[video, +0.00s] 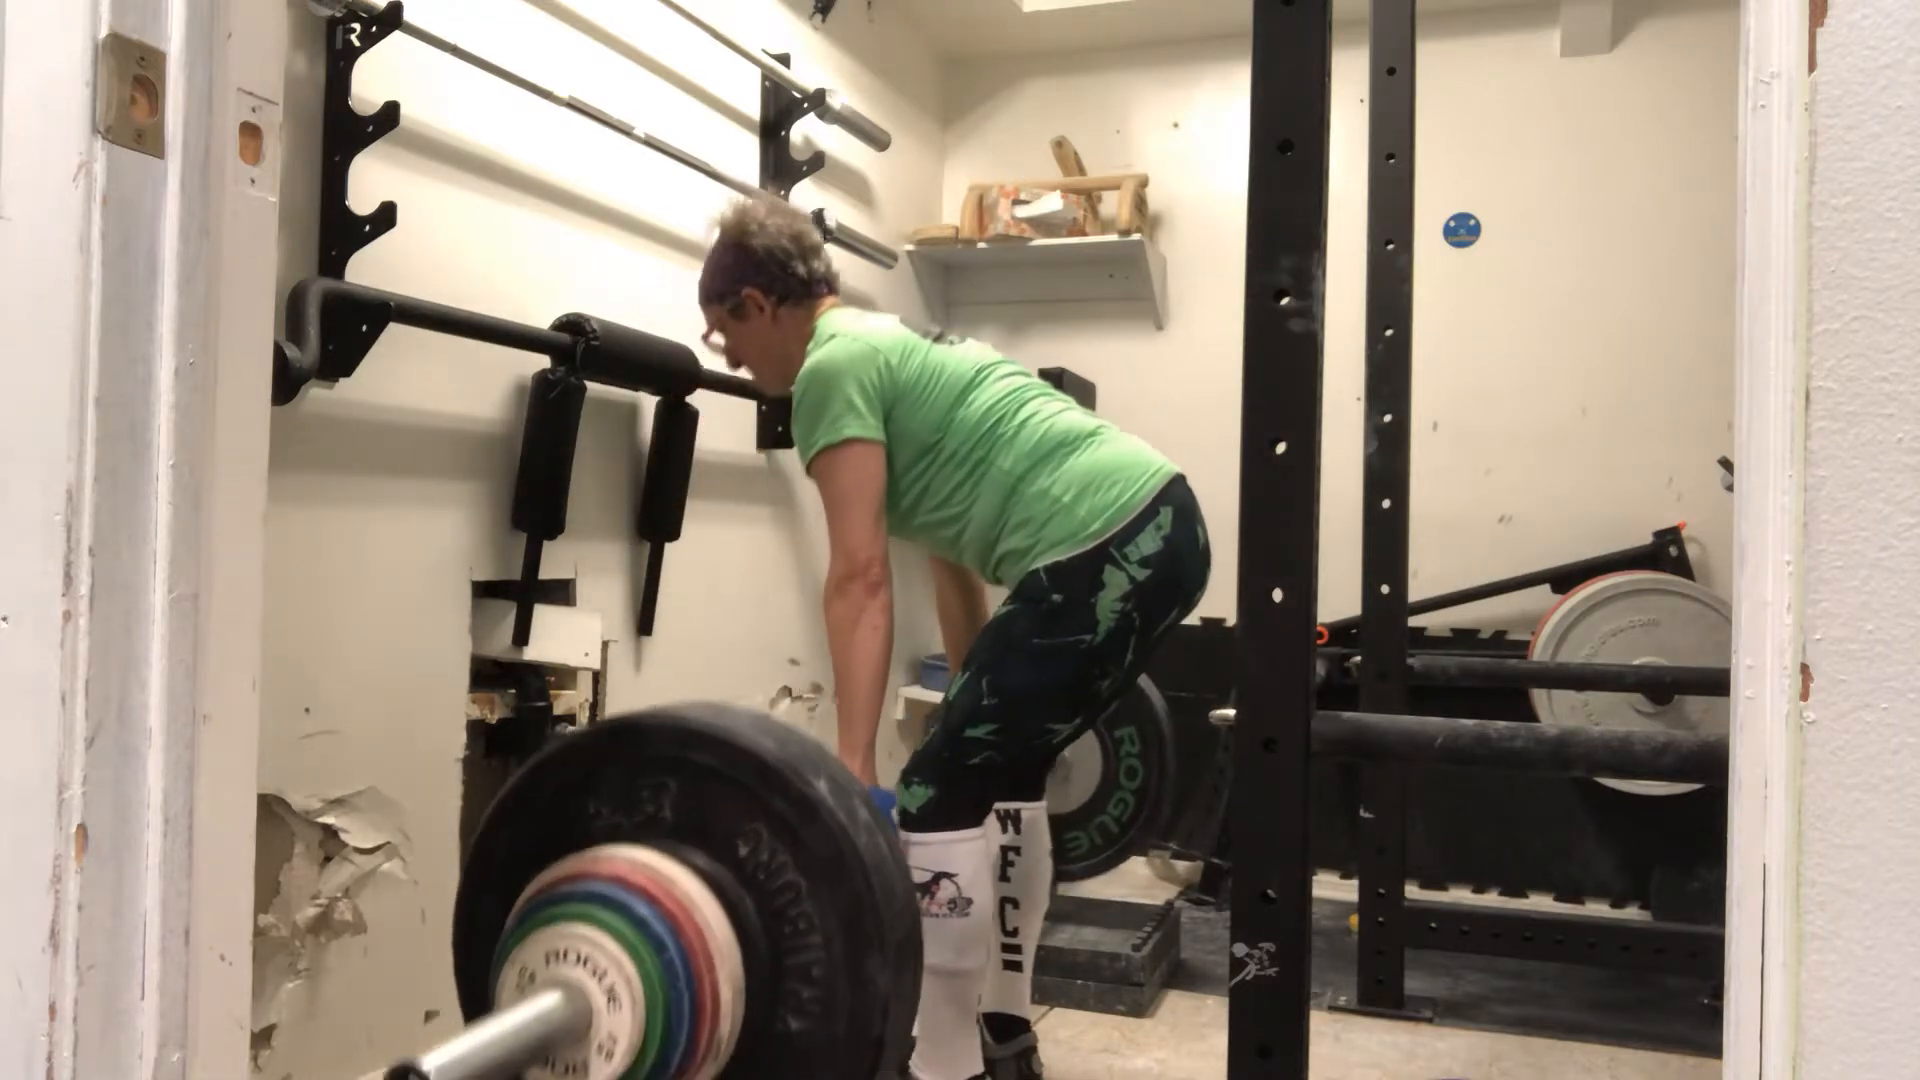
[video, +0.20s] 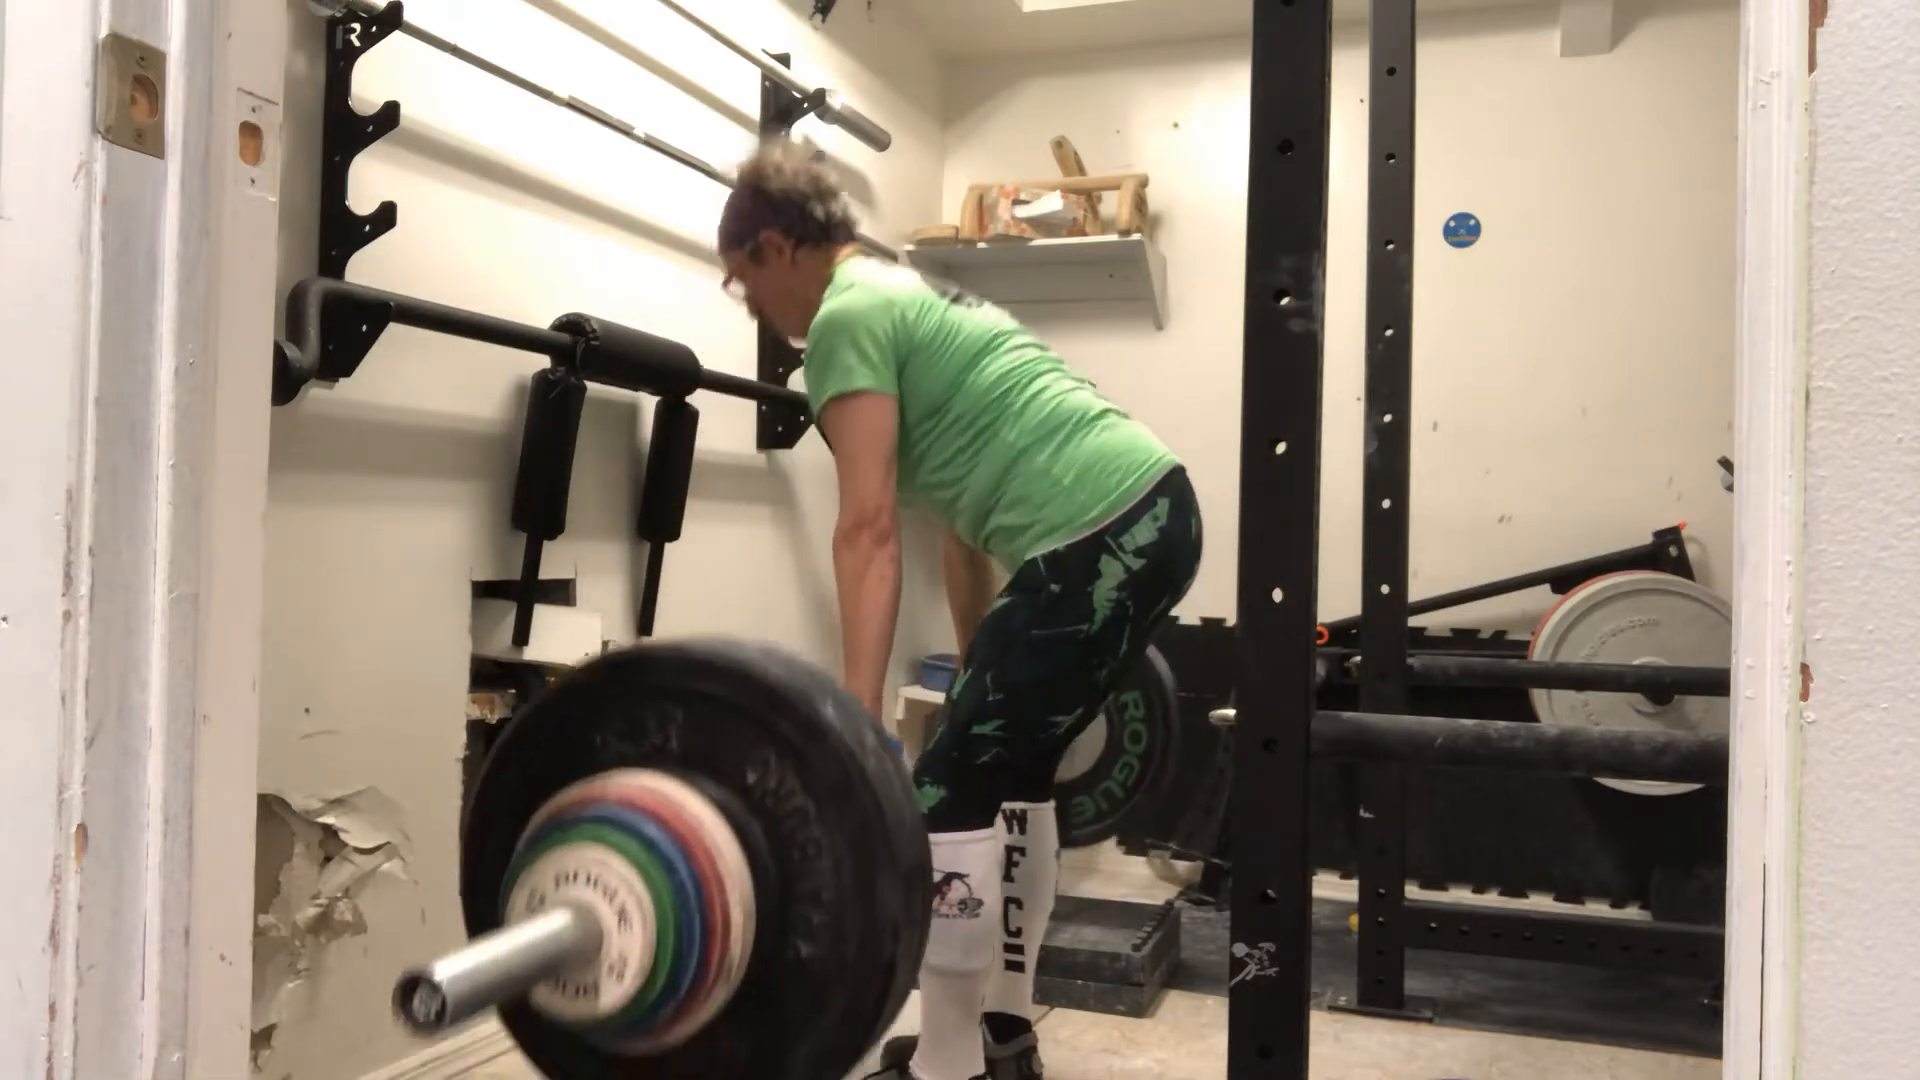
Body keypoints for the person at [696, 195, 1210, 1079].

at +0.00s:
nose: (724, 350)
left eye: (724, 326)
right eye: (715, 332)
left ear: (764, 302)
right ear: (793, 296)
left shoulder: (835, 364)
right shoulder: (892, 347)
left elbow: (859, 581)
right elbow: (954, 563)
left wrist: (854, 764)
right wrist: (975, 704)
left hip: (1097, 553)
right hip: (1152, 526)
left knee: (932, 799)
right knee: (1003, 781)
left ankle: (943, 1063)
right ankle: (1003, 1031)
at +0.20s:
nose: (745, 294)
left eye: (743, 269)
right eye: (737, 276)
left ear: (782, 245)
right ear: (811, 239)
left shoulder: (850, 313)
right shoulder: (908, 298)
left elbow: (869, 535)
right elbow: (965, 533)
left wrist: (856, 731)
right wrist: (981, 679)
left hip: (1090, 534)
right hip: (1143, 508)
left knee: (950, 795)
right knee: (1019, 775)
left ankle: (943, 1062)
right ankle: (1003, 1025)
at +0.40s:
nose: (778, 205)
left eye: (780, 179)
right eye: (773, 184)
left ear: (821, 157)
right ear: (860, 153)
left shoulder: (877, 245)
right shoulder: (933, 233)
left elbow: (883, 452)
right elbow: (982, 431)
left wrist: (865, 641)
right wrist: (979, 582)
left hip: (1065, 520)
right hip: (1116, 502)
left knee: (941, 758)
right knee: (1008, 750)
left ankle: (946, 1060)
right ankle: (1002, 1016)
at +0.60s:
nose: (849, 110)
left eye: (853, 84)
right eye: (842, 91)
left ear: (899, 59)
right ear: (935, 60)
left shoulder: (929, 154)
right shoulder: (996, 152)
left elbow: (915, 362)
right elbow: (1017, 342)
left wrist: (874, 539)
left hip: (998, 493)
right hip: (1064, 476)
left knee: (970, 779)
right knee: (1023, 761)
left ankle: (951, 1058)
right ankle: (1004, 1018)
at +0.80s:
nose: (880, 120)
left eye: (877, 95)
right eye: (871, 103)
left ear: (919, 56)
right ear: (951, 53)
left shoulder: (964, 146)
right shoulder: (1019, 145)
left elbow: (941, 355)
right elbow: (1015, 344)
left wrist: (878, 521)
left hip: (997, 496)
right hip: (1058, 484)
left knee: (961, 782)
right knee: (1026, 764)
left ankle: (950, 1060)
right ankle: (1004, 1022)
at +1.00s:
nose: (807, 149)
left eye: (815, 122)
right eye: (804, 127)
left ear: (867, 109)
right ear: (887, 113)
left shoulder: (905, 206)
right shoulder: (953, 192)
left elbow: (902, 418)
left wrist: (869, 590)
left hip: (1039, 511)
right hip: (1090, 493)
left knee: (931, 766)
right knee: (1007, 762)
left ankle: (943, 1058)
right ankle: (1001, 1025)